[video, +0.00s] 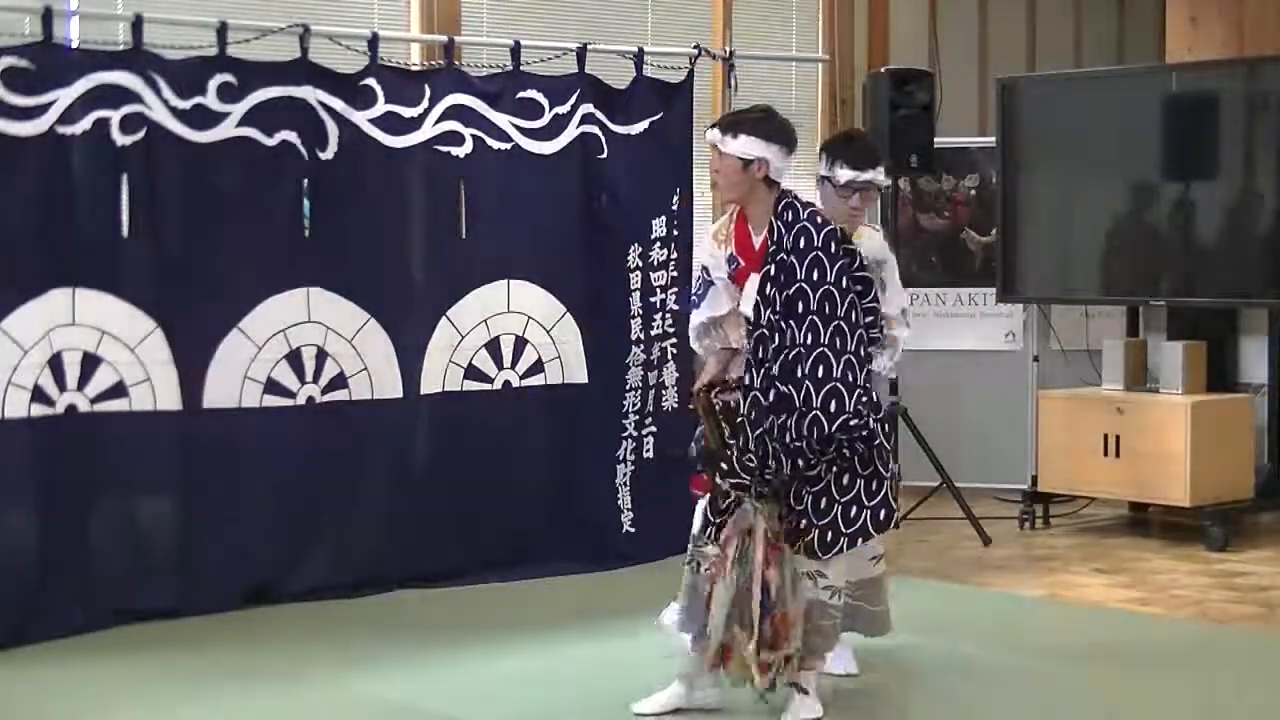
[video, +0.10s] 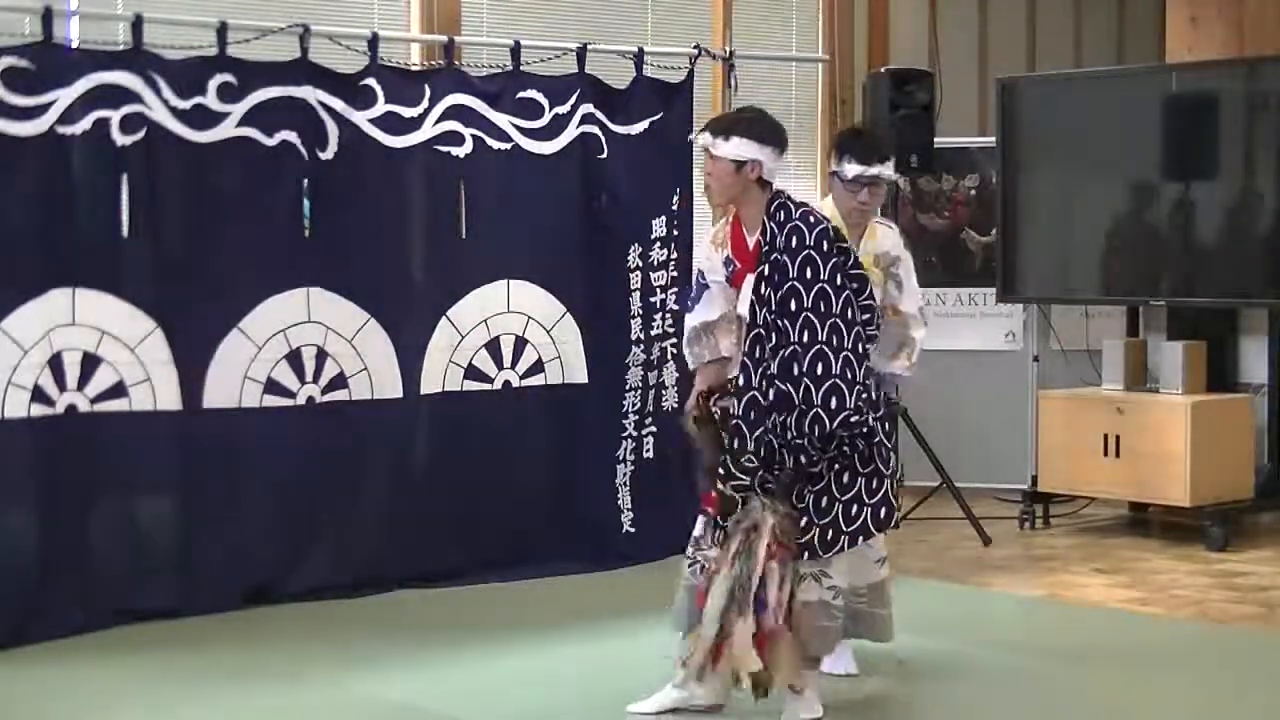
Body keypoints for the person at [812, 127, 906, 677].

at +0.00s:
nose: (859, 202)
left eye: (868, 191)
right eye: (847, 190)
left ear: (876, 192)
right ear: (820, 186)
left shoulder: (875, 249)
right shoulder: (794, 241)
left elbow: (895, 319)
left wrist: (885, 345)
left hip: (857, 386)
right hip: (798, 384)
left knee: (847, 500)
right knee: (809, 502)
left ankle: (835, 630)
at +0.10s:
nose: (865, 197)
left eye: (876, 186)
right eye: (854, 184)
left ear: (886, 188)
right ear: (831, 182)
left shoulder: (889, 241)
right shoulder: (810, 235)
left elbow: (913, 318)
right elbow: (786, 308)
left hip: (874, 381)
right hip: (818, 380)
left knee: (858, 500)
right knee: (821, 500)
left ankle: (840, 632)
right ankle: (819, 632)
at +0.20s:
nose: (876, 191)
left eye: (887, 180)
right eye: (864, 179)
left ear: (898, 182)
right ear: (841, 175)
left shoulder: (902, 237)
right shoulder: (814, 230)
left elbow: (921, 315)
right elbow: (797, 312)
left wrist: (916, 373)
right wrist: (811, 374)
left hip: (881, 391)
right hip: (824, 389)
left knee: (882, 515)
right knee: (831, 510)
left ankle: (849, 625)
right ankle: (828, 639)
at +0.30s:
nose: (887, 187)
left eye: (899, 177)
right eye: (876, 174)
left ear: (910, 181)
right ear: (853, 169)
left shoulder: (917, 235)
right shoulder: (818, 226)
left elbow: (937, 315)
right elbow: (801, 308)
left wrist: (931, 372)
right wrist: (816, 370)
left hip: (896, 390)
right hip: (834, 388)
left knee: (922, 504)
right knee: (841, 508)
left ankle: (922, 636)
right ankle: (836, 640)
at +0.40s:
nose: (898, 182)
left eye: (911, 172)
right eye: (887, 168)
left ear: (926, 177)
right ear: (867, 167)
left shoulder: (937, 236)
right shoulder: (832, 222)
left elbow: (953, 318)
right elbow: (802, 299)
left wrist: (945, 373)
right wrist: (821, 362)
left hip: (909, 392)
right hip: (844, 389)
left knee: (945, 509)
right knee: (844, 514)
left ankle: (979, 647)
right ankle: (836, 640)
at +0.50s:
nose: (915, 183)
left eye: (929, 174)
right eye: (906, 171)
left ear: (945, 181)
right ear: (888, 170)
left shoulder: (957, 240)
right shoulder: (846, 223)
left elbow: (978, 329)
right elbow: (805, 289)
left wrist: (964, 345)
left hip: (925, 398)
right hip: (853, 393)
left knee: (959, 516)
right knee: (847, 518)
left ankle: (984, 653)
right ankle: (841, 637)